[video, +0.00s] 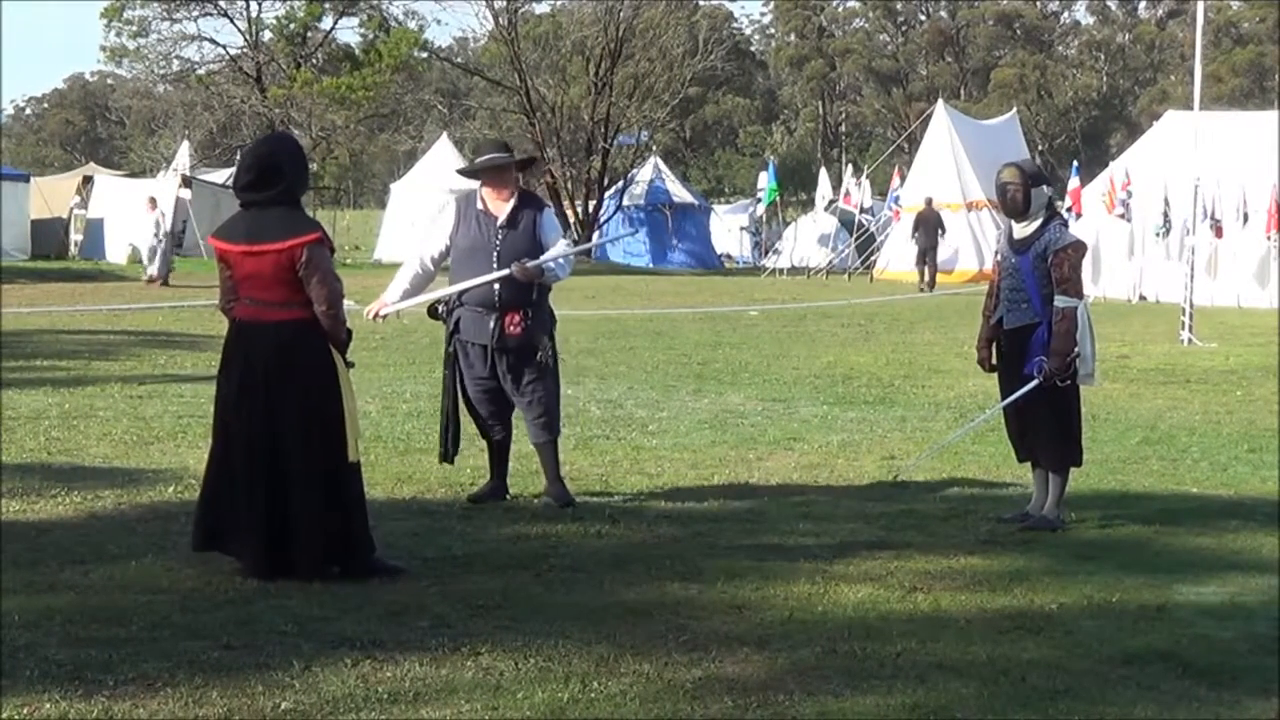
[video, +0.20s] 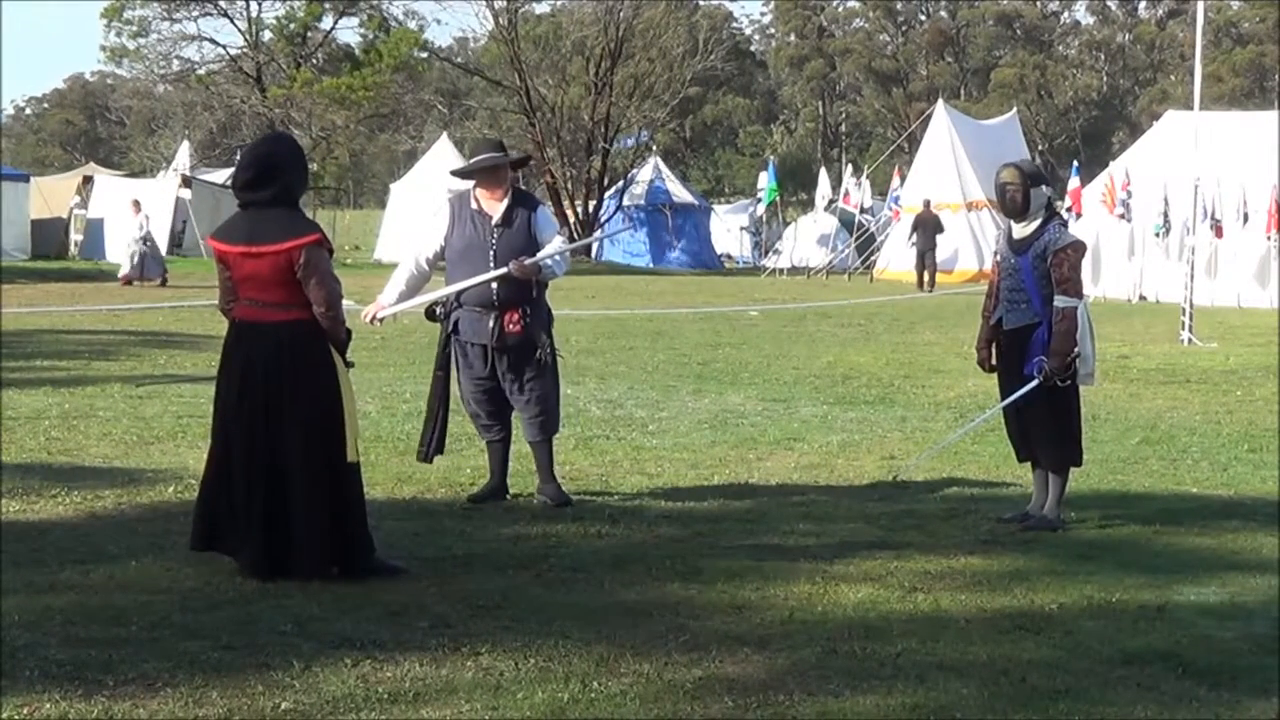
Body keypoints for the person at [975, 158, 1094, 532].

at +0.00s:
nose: (1006, 197)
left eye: (1014, 190)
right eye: (1002, 190)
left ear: (1037, 193)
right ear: (999, 194)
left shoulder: (1057, 237)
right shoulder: (1008, 234)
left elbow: (1067, 300)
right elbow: (997, 288)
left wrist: (1060, 354)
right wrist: (986, 335)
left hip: (1046, 337)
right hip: (1013, 338)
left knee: (1052, 417)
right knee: (1026, 416)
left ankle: (1053, 507)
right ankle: (1038, 501)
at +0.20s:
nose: (1006, 197)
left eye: (1014, 189)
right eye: (1002, 190)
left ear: (1036, 193)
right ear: (999, 194)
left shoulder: (1057, 237)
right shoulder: (1007, 235)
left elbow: (1068, 300)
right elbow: (996, 288)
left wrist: (1059, 354)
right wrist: (986, 335)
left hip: (1045, 338)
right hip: (1012, 339)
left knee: (1052, 417)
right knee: (1026, 417)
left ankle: (1053, 508)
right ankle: (1038, 502)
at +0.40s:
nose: (1005, 197)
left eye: (1013, 190)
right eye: (1001, 190)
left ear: (1036, 193)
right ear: (998, 195)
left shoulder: (1057, 238)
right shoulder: (1007, 236)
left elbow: (1067, 301)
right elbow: (996, 290)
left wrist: (1059, 355)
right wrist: (986, 336)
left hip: (1045, 338)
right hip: (1012, 339)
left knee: (1051, 417)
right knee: (1026, 417)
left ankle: (1053, 508)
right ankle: (1038, 502)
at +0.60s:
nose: (1003, 198)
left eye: (1011, 190)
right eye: (1000, 191)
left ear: (1035, 194)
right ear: (997, 195)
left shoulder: (1057, 238)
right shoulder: (1007, 236)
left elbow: (1067, 301)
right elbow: (996, 290)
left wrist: (1059, 354)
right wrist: (986, 337)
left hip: (1045, 339)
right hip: (1012, 340)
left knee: (1051, 418)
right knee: (1026, 417)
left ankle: (1053, 508)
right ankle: (1038, 501)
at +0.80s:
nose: (1004, 198)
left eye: (1012, 191)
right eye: (1000, 191)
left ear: (1035, 194)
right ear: (997, 196)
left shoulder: (1057, 238)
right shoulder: (1007, 235)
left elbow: (1066, 302)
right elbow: (996, 290)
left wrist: (1058, 355)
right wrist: (986, 336)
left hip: (1044, 339)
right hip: (1011, 340)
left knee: (1051, 418)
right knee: (1026, 417)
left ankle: (1053, 508)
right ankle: (1038, 502)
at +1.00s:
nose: (1004, 198)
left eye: (1012, 191)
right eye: (1000, 191)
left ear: (1035, 194)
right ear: (997, 196)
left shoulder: (1056, 238)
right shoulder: (1008, 236)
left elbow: (1065, 302)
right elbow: (996, 290)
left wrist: (1058, 354)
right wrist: (986, 336)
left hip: (1044, 339)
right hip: (1011, 339)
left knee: (1051, 419)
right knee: (1025, 418)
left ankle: (1053, 508)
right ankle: (1038, 502)